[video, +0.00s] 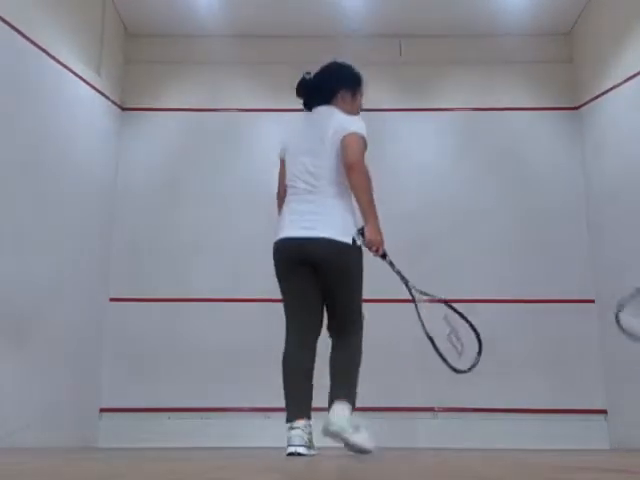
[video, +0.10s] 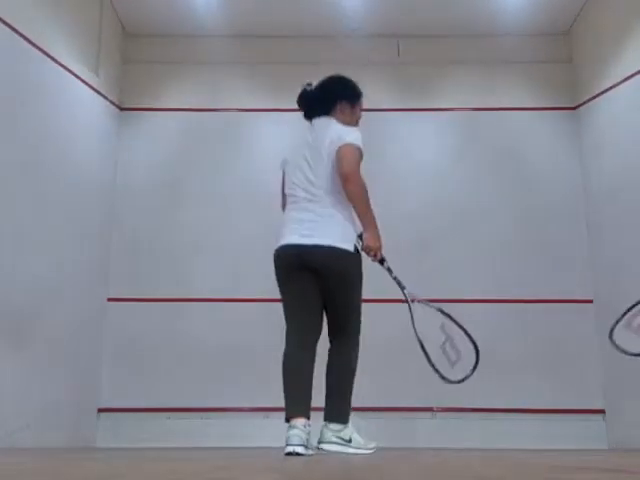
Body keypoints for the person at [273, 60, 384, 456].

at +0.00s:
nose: (360, 105)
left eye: (360, 98)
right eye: (358, 98)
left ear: (319, 95)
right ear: (343, 94)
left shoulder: (293, 131)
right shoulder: (348, 123)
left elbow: (284, 194)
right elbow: (354, 164)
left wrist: (291, 235)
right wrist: (372, 223)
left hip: (289, 243)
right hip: (335, 243)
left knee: (300, 333)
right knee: (347, 330)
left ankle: (298, 428)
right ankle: (341, 411)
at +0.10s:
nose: (360, 116)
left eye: (360, 110)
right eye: (357, 109)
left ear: (322, 108)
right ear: (342, 106)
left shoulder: (295, 143)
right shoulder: (345, 135)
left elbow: (287, 201)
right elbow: (349, 174)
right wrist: (371, 229)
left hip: (290, 249)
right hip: (336, 249)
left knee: (300, 335)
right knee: (344, 337)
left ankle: (297, 427)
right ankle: (337, 428)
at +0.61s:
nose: (380, 161)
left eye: (381, 154)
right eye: (379, 153)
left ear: (350, 148)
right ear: (367, 147)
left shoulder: (333, 175)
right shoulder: (358, 170)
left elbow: (338, 232)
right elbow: (367, 216)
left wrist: (367, 265)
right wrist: (382, 252)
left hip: (312, 272)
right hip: (337, 271)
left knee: (334, 346)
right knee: (355, 346)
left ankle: (321, 424)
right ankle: (338, 429)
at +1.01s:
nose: (383, 193)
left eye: (386, 188)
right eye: (383, 185)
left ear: (370, 182)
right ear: (368, 178)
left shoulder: (357, 215)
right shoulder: (343, 196)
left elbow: (366, 261)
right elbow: (327, 232)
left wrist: (391, 294)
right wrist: (351, 267)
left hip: (324, 289)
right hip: (308, 285)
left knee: (340, 354)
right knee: (320, 349)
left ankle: (327, 429)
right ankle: (295, 423)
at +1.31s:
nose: (373, 196)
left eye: (375, 190)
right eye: (372, 188)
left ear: (357, 184)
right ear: (356, 181)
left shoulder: (347, 221)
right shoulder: (330, 194)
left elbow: (361, 265)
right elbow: (295, 210)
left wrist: (395, 295)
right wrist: (298, 240)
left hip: (314, 295)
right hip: (293, 287)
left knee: (330, 355)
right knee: (287, 354)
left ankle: (325, 432)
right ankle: (270, 430)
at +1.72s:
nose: (364, 192)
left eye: (365, 187)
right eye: (362, 185)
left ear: (348, 182)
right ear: (346, 179)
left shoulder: (338, 219)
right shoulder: (327, 192)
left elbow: (360, 258)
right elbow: (308, 211)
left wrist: (391, 290)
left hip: (308, 291)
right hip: (290, 285)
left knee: (319, 356)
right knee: (287, 352)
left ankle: (322, 432)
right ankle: (268, 430)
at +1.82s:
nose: (361, 191)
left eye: (362, 185)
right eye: (360, 183)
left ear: (341, 178)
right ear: (345, 177)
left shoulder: (327, 201)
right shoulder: (332, 191)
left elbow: (340, 253)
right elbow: (339, 234)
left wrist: (356, 292)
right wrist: (359, 245)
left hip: (311, 290)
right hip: (296, 286)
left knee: (320, 358)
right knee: (293, 356)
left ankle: (322, 431)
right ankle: (269, 430)